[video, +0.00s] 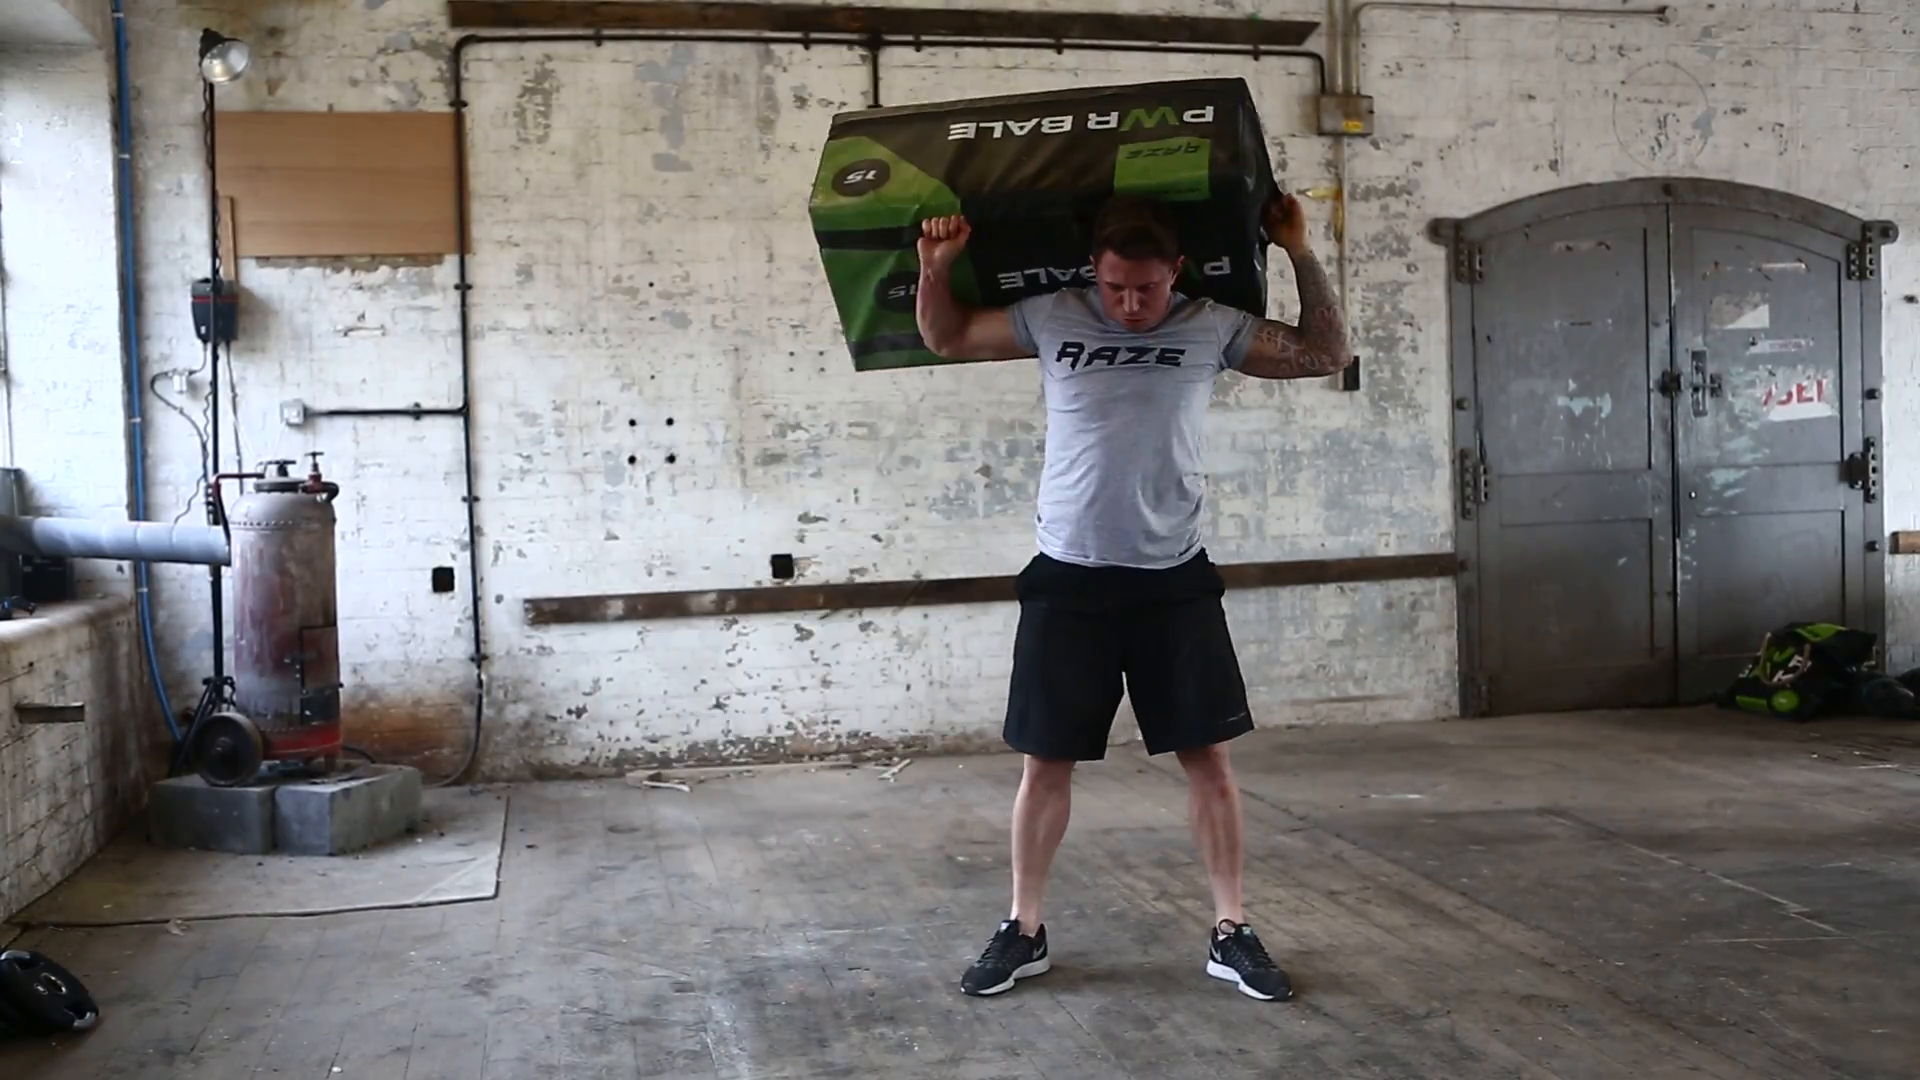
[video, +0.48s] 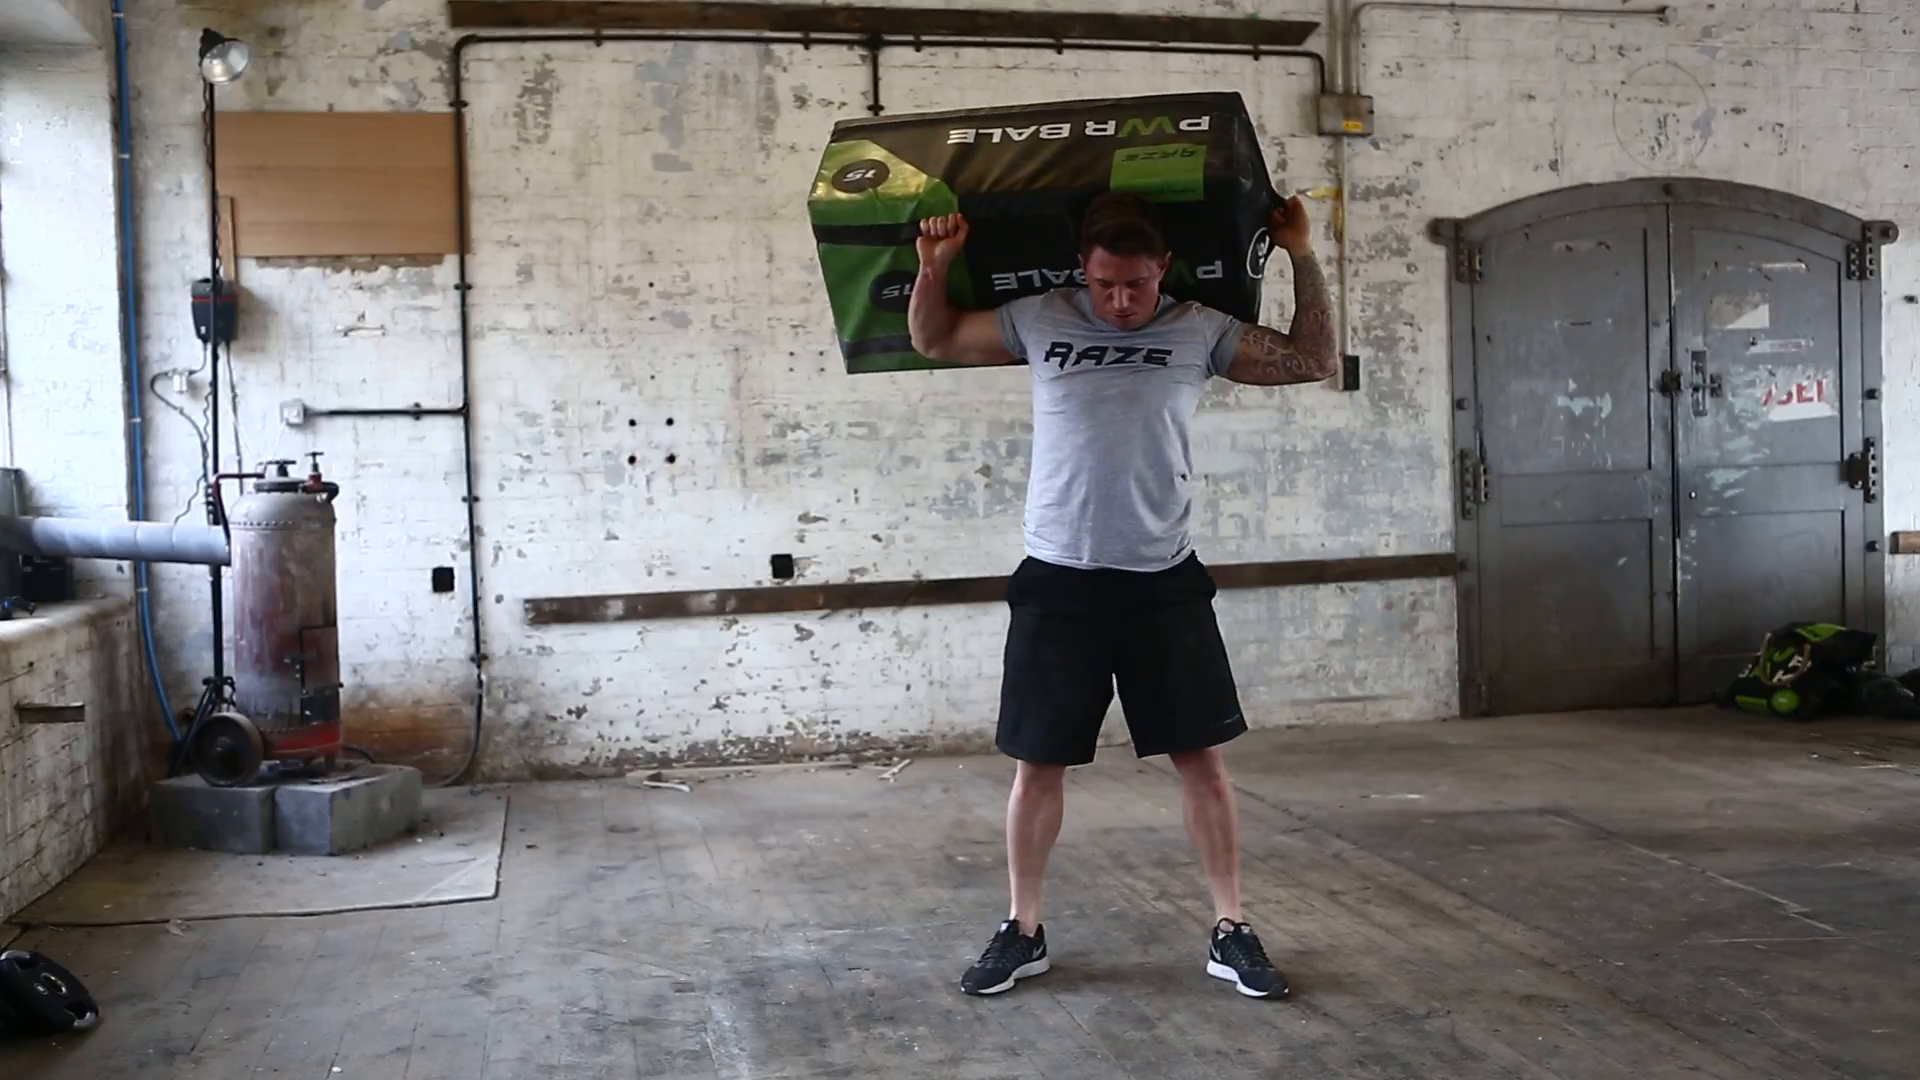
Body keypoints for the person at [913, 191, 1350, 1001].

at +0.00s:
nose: (1130, 303)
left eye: (1146, 287)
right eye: (1115, 286)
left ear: (1176, 272)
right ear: (1094, 270)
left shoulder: (1208, 327)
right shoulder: (1054, 317)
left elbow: (1325, 353)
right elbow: (946, 334)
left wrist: (1301, 249)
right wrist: (934, 267)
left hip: (1174, 581)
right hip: (1069, 580)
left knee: (1207, 758)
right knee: (1045, 763)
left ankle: (1232, 930)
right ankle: (1023, 927)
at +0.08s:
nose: (1133, 300)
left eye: (1148, 284)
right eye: (1117, 284)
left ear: (1174, 271)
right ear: (1094, 271)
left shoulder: (1207, 327)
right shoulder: (1052, 322)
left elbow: (1325, 348)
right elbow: (946, 343)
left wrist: (1300, 245)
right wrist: (932, 270)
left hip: (1177, 580)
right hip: (1072, 581)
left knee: (1209, 758)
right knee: (1048, 764)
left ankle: (1232, 929)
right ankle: (1023, 928)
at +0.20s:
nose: (1129, 300)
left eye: (1144, 284)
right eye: (1114, 284)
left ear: (1167, 272)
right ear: (1088, 272)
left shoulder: (1200, 328)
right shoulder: (1046, 322)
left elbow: (1321, 349)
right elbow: (939, 342)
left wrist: (1301, 246)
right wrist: (932, 267)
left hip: (1171, 581)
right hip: (1066, 581)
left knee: (1204, 759)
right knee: (1043, 764)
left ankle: (1232, 927)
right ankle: (1022, 928)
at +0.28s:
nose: (1126, 301)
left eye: (1141, 285)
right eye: (1110, 285)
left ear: (1164, 271)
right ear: (1084, 270)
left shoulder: (1197, 328)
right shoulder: (1043, 321)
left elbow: (1316, 353)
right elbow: (935, 341)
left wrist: (1302, 249)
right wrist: (932, 267)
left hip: (1167, 581)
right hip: (1061, 581)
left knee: (1202, 758)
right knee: (1040, 765)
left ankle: (1231, 925)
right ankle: (1023, 927)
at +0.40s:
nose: (1120, 301)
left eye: (1136, 285)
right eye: (1105, 285)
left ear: (1162, 273)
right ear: (1082, 272)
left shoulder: (1196, 331)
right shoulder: (1042, 320)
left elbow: (1314, 358)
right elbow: (933, 338)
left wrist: (1302, 253)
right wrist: (932, 267)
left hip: (1163, 582)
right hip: (1058, 582)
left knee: (1200, 759)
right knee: (1038, 766)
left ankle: (1232, 927)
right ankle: (1022, 928)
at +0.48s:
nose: (1120, 300)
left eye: (1136, 285)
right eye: (1106, 284)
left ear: (1163, 272)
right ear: (1083, 271)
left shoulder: (1196, 331)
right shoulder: (1042, 320)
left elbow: (1314, 359)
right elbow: (933, 337)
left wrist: (1303, 254)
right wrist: (933, 264)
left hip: (1164, 582)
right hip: (1058, 582)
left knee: (1199, 759)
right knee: (1038, 766)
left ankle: (1232, 927)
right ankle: (1022, 927)